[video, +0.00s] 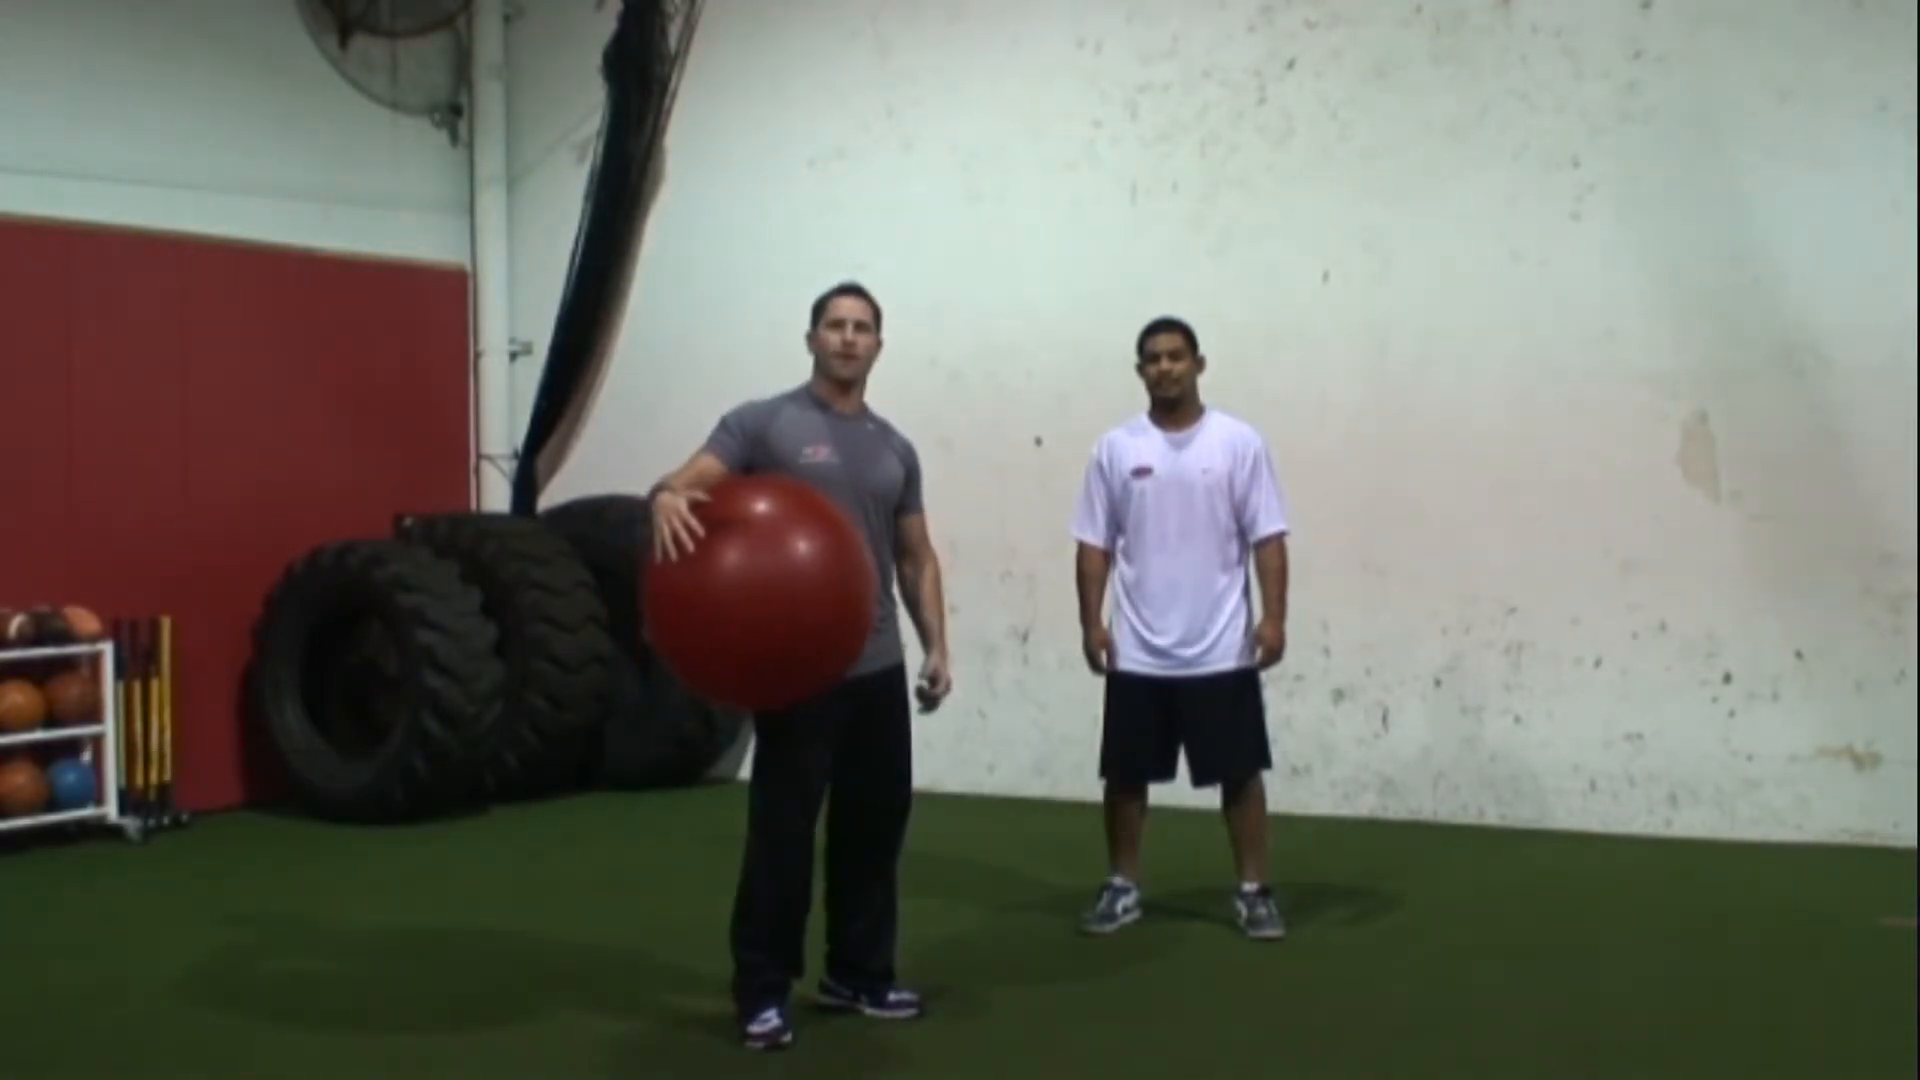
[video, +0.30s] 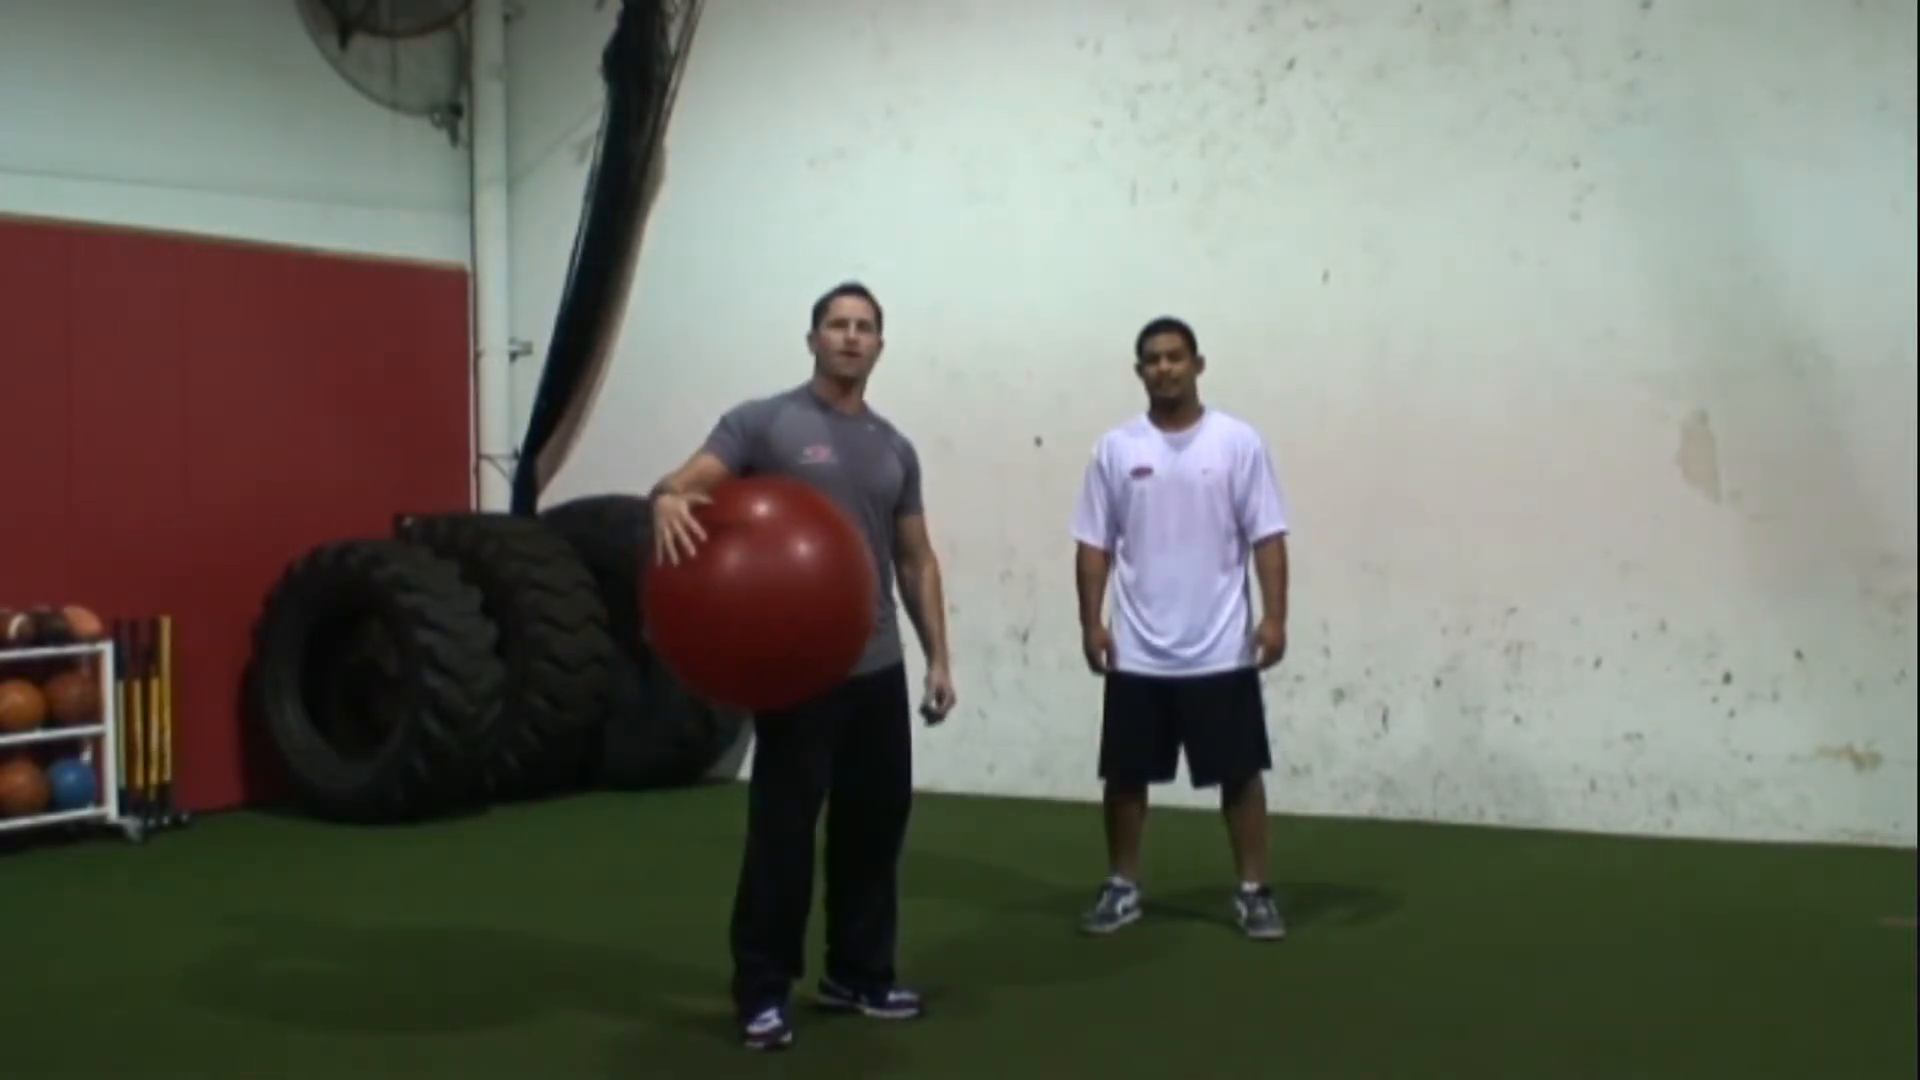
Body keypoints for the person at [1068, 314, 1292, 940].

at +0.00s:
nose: (1164, 367)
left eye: (1175, 357)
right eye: (1153, 359)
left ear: (1198, 365)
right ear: (1140, 371)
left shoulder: (1239, 443)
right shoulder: (1116, 449)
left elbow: (1268, 536)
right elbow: (1093, 540)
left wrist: (1273, 617)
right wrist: (1092, 621)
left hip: (1221, 645)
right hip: (1139, 646)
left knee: (1242, 776)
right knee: (1124, 777)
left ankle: (1254, 888)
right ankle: (1122, 883)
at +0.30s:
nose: (1163, 368)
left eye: (1175, 357)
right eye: (1152, 360)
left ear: (1198, 365)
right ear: (1139, 372)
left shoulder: (1239, 443)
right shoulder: (1116, 449)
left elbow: (1268, 535)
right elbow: (1093, 541)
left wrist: (1274, 617)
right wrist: (1091, 622)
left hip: (1220, 645)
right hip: (1138, 646)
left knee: (1242, 776)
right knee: (1123, 777)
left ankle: (1254, 888)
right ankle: (1122, 883)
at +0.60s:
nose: (1163, 369)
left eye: (1174, 358)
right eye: (1152, 361)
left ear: (1197, 365)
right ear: (1138, 372)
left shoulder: (1238, 443)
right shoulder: (1116, 449)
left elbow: (1268, 534)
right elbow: (1093, 540)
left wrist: (1276, 615)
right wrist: (1091, 622)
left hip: (1220, 645)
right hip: (1138, 646)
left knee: (1241, 776)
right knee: (1123, 777)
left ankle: (1254, 889)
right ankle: (1122, 883)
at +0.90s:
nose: (1163, 367)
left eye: (1174, 357)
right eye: (1152, 360)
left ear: (1197, 364)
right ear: (1138, 372)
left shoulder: (1239, 442)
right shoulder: (1116, 448)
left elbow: (1269, 533)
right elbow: (1093, 540)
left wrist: (1277, 614)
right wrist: (1090, 621)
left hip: (1220, 644)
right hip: (1138, 645)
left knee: (1241, 776)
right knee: (1123, 777)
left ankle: (1254, 889)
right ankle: (1122, 884)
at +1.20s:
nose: (1162, 367)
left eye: (1173, 357)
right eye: (1151, 359)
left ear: (1198, 364)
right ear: (1138, 371)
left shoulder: (1239, 442)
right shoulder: (1116, 448)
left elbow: (1270, 533)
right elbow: (1092, 539)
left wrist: (1277, 612)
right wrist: (1089, 619)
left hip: (1221, 644)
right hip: (1138, 645)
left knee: (1242, 776)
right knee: (1123, 777)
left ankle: (1253, 889)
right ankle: (1122, 884)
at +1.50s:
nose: (1156, 367)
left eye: (1169, 357)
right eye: (1148, 359)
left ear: (1197, 364)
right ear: (1137, 370)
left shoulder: (1239, 442)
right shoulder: (1115, 449)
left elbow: (1270, 533)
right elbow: (1093, 540)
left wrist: (1277, 613)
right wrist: (1090, 620)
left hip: (1221, 644)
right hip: (1138, 645)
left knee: (1242, 776)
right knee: (1123, 777)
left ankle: (1253, 889)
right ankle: (1122, 884)